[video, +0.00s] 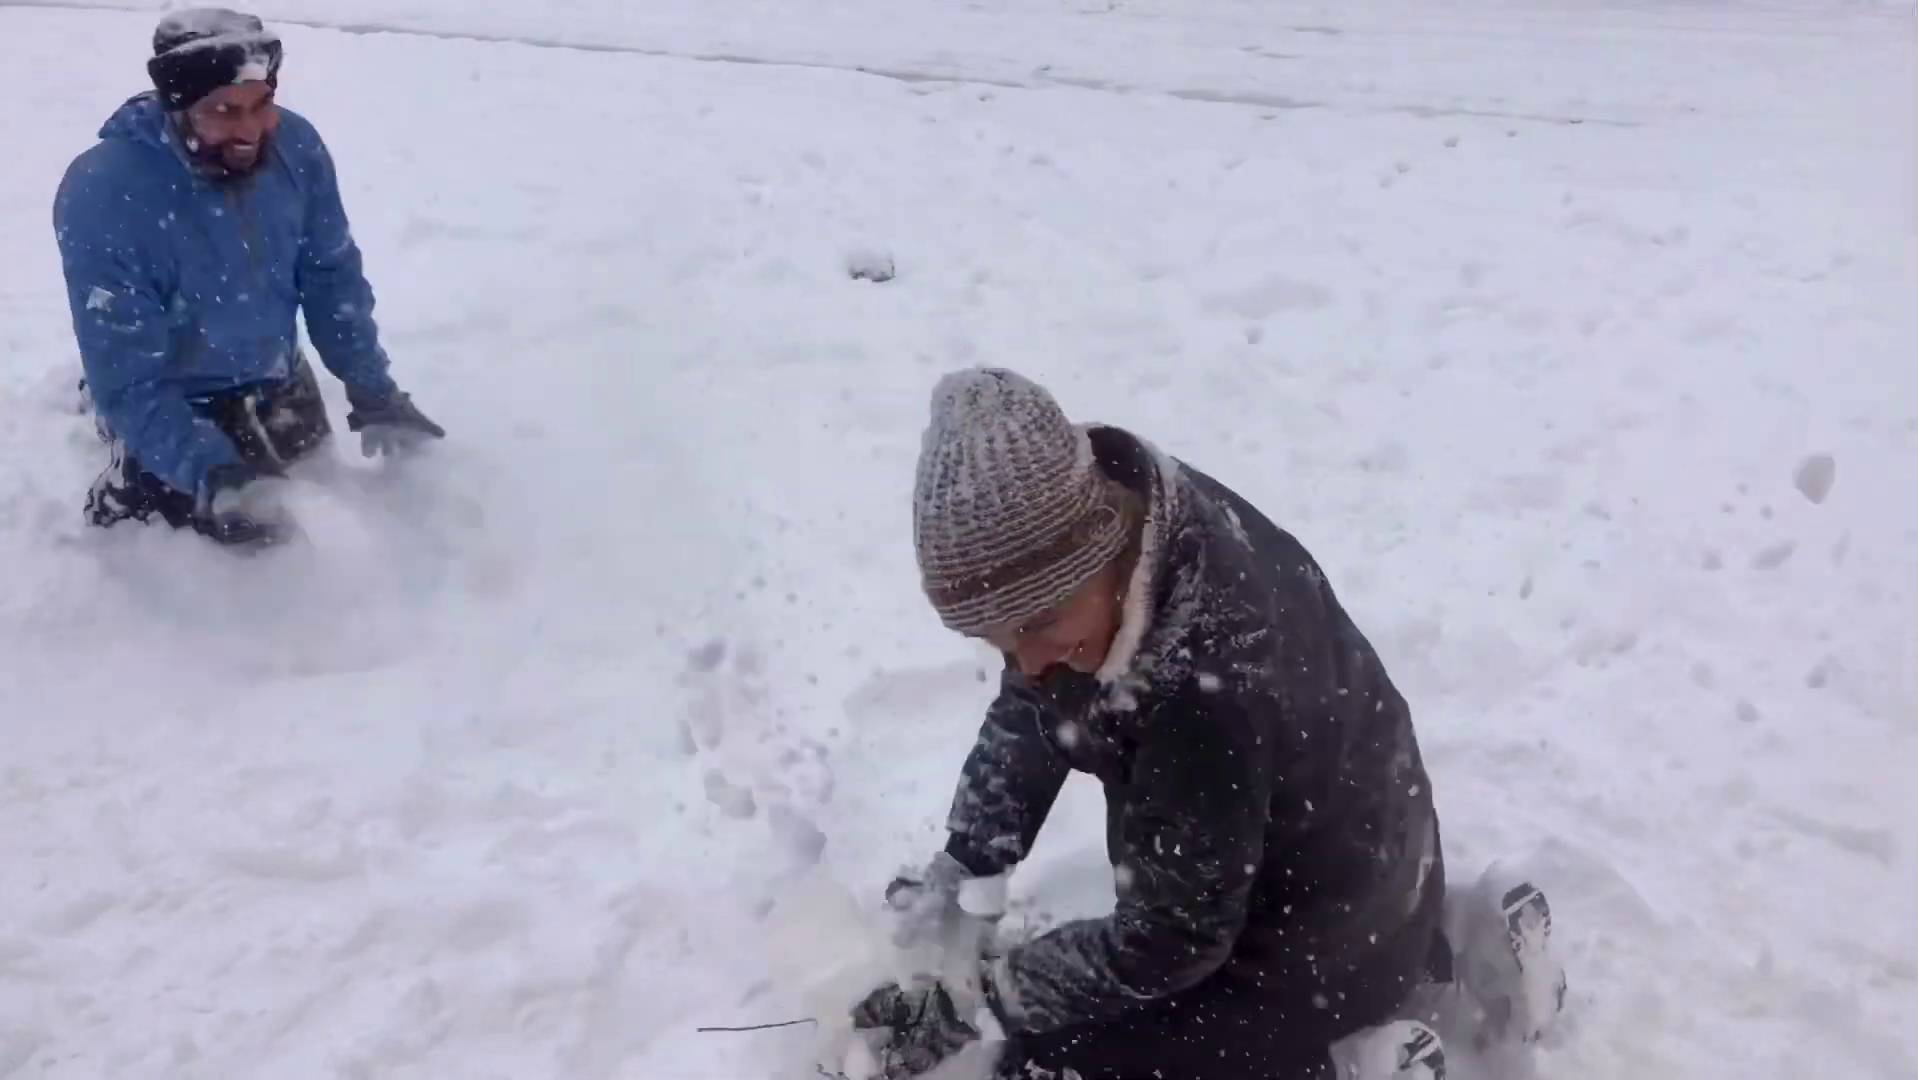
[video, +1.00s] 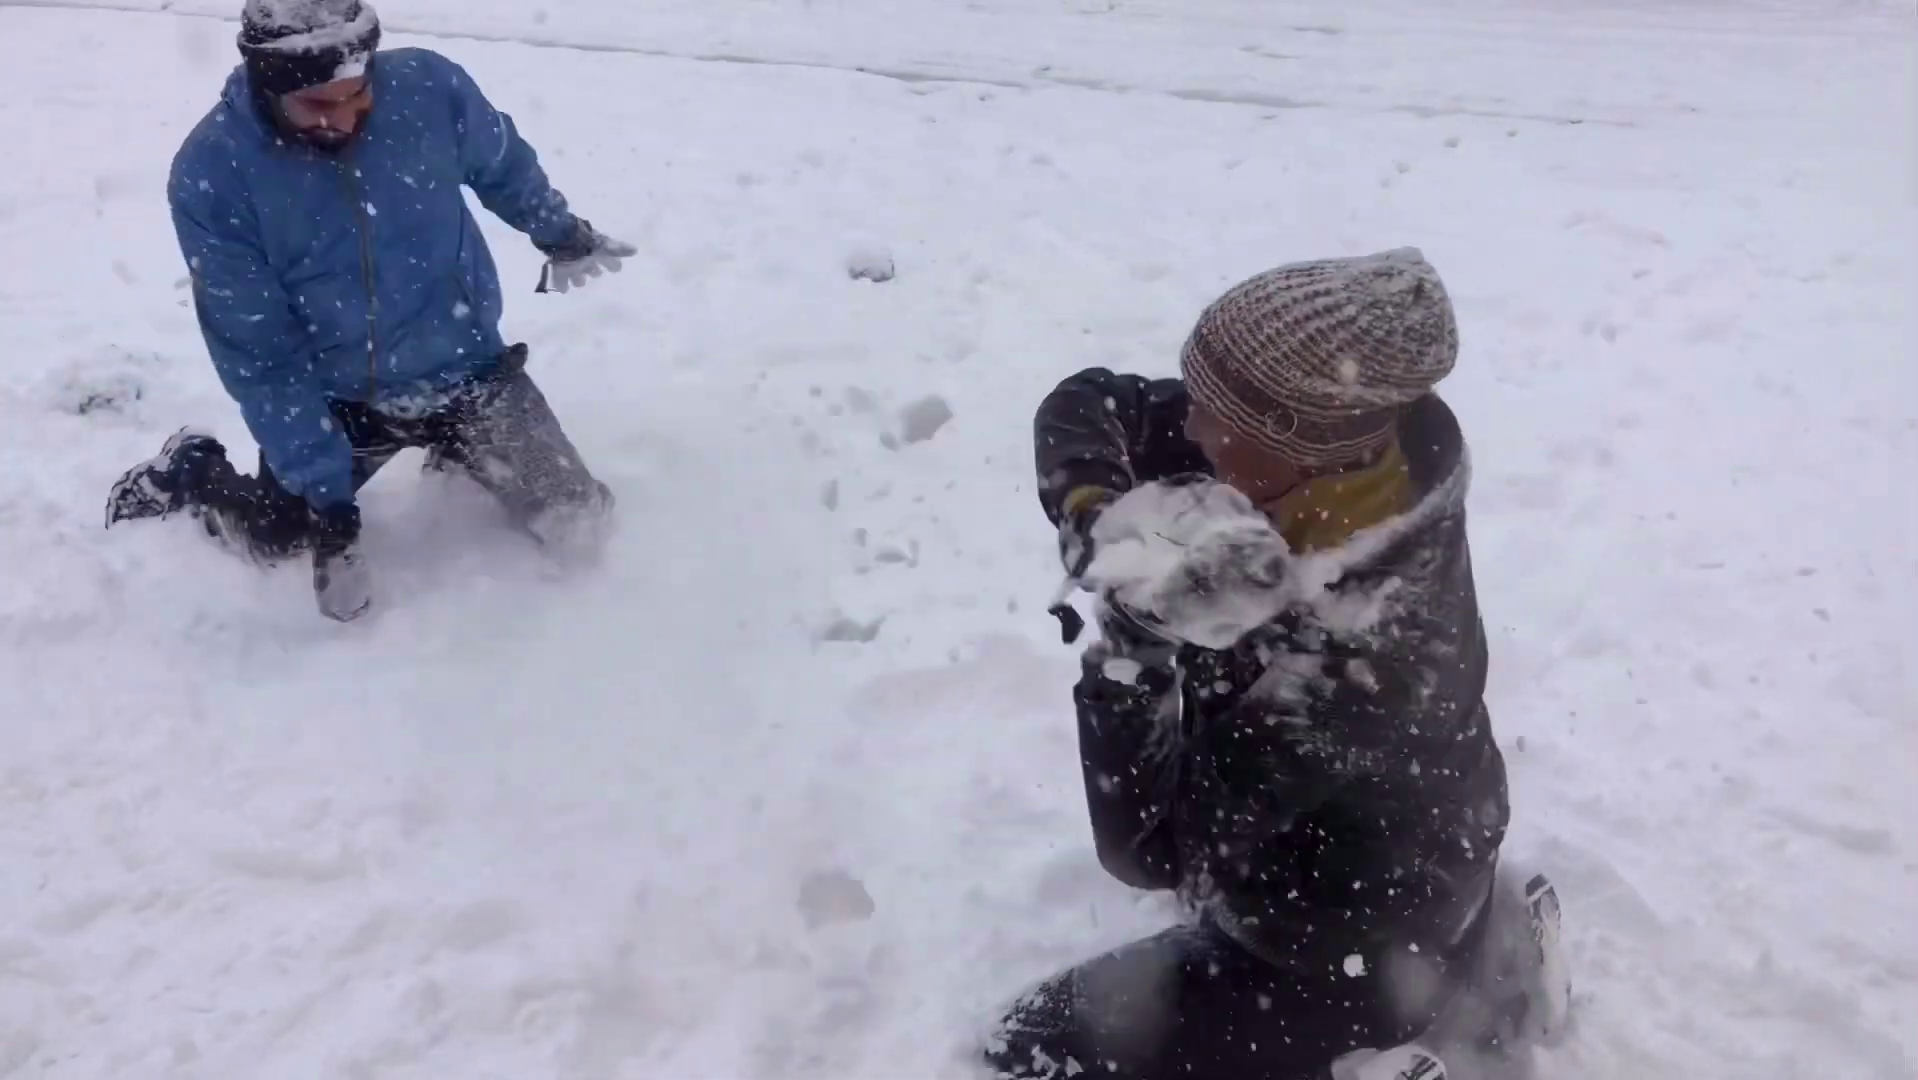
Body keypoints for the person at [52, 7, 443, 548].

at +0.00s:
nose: (249, 131)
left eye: (261, 106)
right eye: (225, 111)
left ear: (275, 94)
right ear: (180, 108)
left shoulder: (295, 148)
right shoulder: (104, 193)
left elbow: (333, 281)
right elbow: (127, 383)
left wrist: (376, 397)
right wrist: (218, 479)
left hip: (279, 377)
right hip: (176, 397)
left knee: (304, 453)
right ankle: (133, 491)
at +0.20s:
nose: (256, 148)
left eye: (269, 124)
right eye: (231, 129)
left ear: (285, 111)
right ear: (185, 123)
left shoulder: (311, 174)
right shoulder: (98, 194)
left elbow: (352, 320)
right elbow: (94, 367)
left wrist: (387, 453)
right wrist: (167, 495)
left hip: (281, 365)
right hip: (186, 397)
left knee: (341, 409)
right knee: (281, 528)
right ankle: (146, 490)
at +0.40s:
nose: (270, 151)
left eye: (282, 124)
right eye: (242, 133)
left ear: (293, 107)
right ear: (189, 127)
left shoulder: (318, 145)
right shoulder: (118, 210)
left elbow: (380, 285)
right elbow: (141, 381)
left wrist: (439, 424)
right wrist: (182, 504)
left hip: (303, 351)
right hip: (199, 388)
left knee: (428, 437)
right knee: (273, 528)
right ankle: (137, 470)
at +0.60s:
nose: (278, 151)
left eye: (286, 126)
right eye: (254, 140)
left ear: (292, 101)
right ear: (199, 129)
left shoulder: (324, 124)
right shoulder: (131, 211)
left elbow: (425, 240)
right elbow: (196, 390)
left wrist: (523, 364)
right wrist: (296, 532)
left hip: (350, 345)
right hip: (243, 394)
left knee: (458, 458)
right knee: (269, 531)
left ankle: (315, 414)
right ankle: (148, 474)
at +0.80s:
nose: (300, 134)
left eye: (305, 112)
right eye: (275, 125)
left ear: (310, 80)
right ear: (224, 116)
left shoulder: (359, 98)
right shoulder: (158, 196)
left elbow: (462, 176)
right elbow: (224, 364)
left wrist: (552, 262)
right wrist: (320, 483)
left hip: (414, 348)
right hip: (292, 392)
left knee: (514, 478)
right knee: (276, 538)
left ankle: (419, 449)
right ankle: (170, 472)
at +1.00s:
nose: (343, 120)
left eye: (357, 94)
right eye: (318, 104)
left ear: (371, 62)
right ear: (269, 86)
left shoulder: (427, 90)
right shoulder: (214, 176)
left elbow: (503, 164)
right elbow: (260, 359)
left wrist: (559, 231)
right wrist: (333, 519)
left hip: (469, 375)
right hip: (339, 405)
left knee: (583, 529)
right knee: (283, 542)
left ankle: (466, 445)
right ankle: (190, 476)